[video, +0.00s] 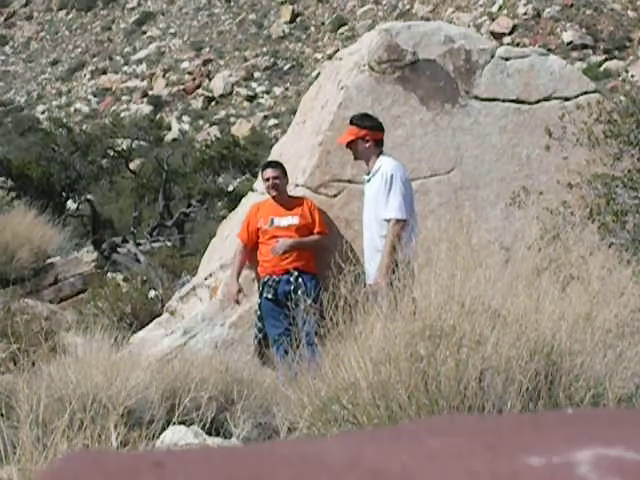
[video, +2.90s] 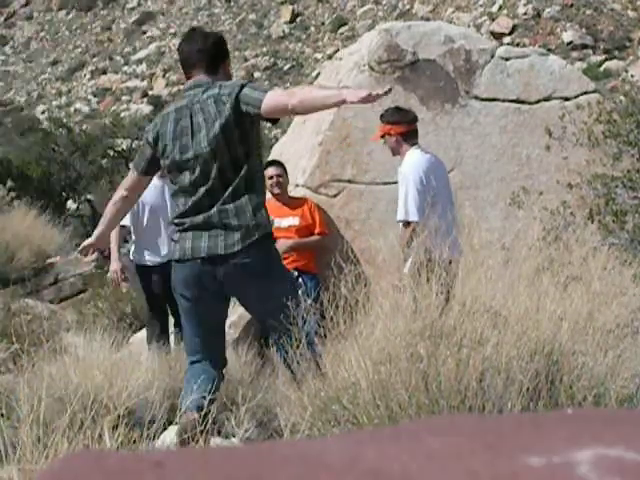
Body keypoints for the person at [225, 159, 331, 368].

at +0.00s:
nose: (272, 183)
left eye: (276, 178)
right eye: (267, 179)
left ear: (286, 179)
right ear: (263, 184)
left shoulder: (306, 205)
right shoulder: (257, 211)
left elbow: (323, 237)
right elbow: (243, 246)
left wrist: (293, 243)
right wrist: (234, 279)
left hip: (303, 276)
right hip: (271, 280)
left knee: (309, 334)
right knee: (279, 339)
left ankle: (315, 381)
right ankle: (290, 383)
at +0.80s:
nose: (272, 181)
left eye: (276, 176)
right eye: (267, 178)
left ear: (285, 178)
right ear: (263, 183)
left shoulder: (306, 205)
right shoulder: (258, 210)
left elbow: (324, 238)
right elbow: (246, 242)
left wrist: (293, 243)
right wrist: (243, 249)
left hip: (304, 278)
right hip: (272, 281)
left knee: (310, 335)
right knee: (278, 338)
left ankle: (315, 381)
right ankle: (288, 384)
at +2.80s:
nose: (274, 181)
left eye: (278, 176)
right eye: (269, 178)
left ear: (287, 179)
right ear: (264, 183)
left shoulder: (307, 206)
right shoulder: (257, 211)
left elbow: (325, 237)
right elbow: (247, 246)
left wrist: (293, 244)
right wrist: (252, 264)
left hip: (304, 274)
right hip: (272, 277)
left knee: (309, 327)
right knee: (278, 330)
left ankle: (315, 375)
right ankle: (287, 378)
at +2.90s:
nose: (275, 181)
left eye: (279, 176)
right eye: (270, 177)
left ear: (287, 179)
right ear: (265, 183)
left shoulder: (306, 205)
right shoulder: (262, 209)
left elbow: (324, 237)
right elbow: (257, 240)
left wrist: (290, 244)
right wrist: (274, 250)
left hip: (305, 272)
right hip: (277, 273)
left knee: (310, 328)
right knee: (280, 329)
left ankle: (318, 373)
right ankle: (290, 377)